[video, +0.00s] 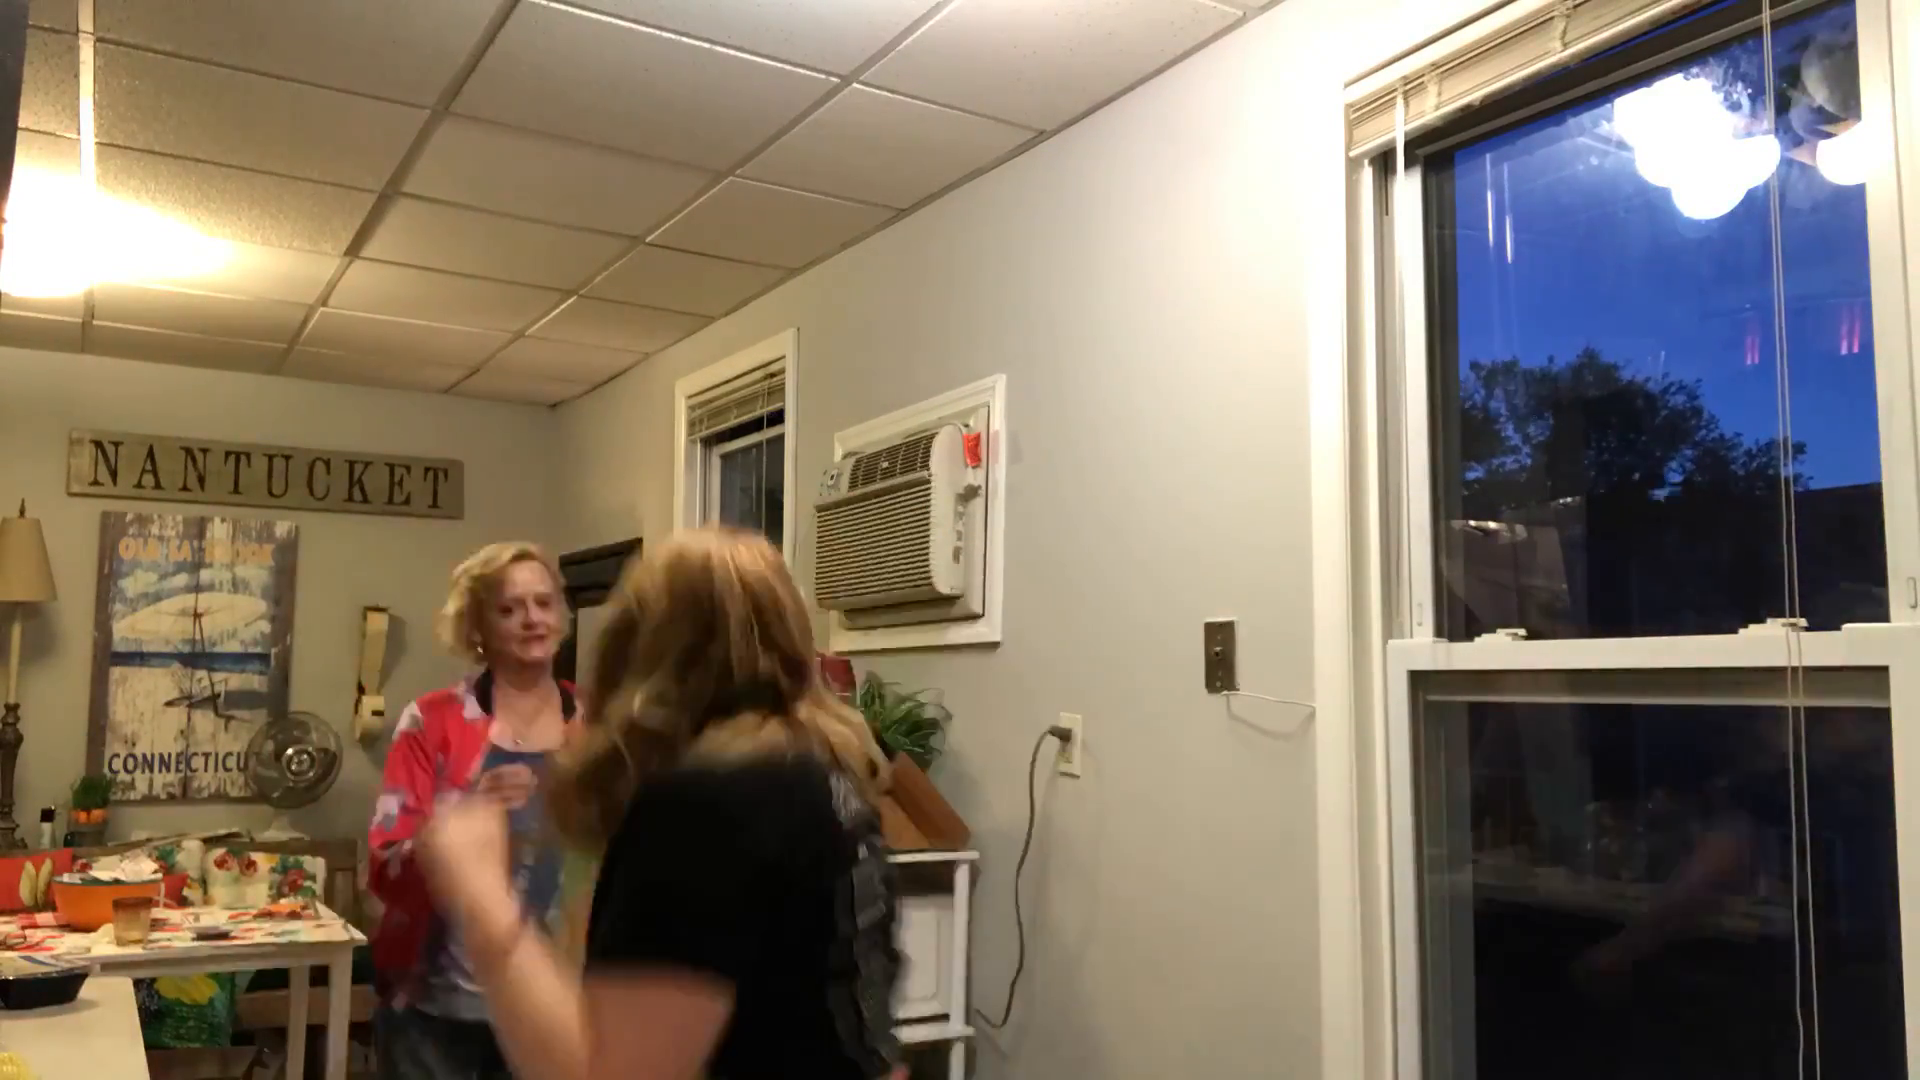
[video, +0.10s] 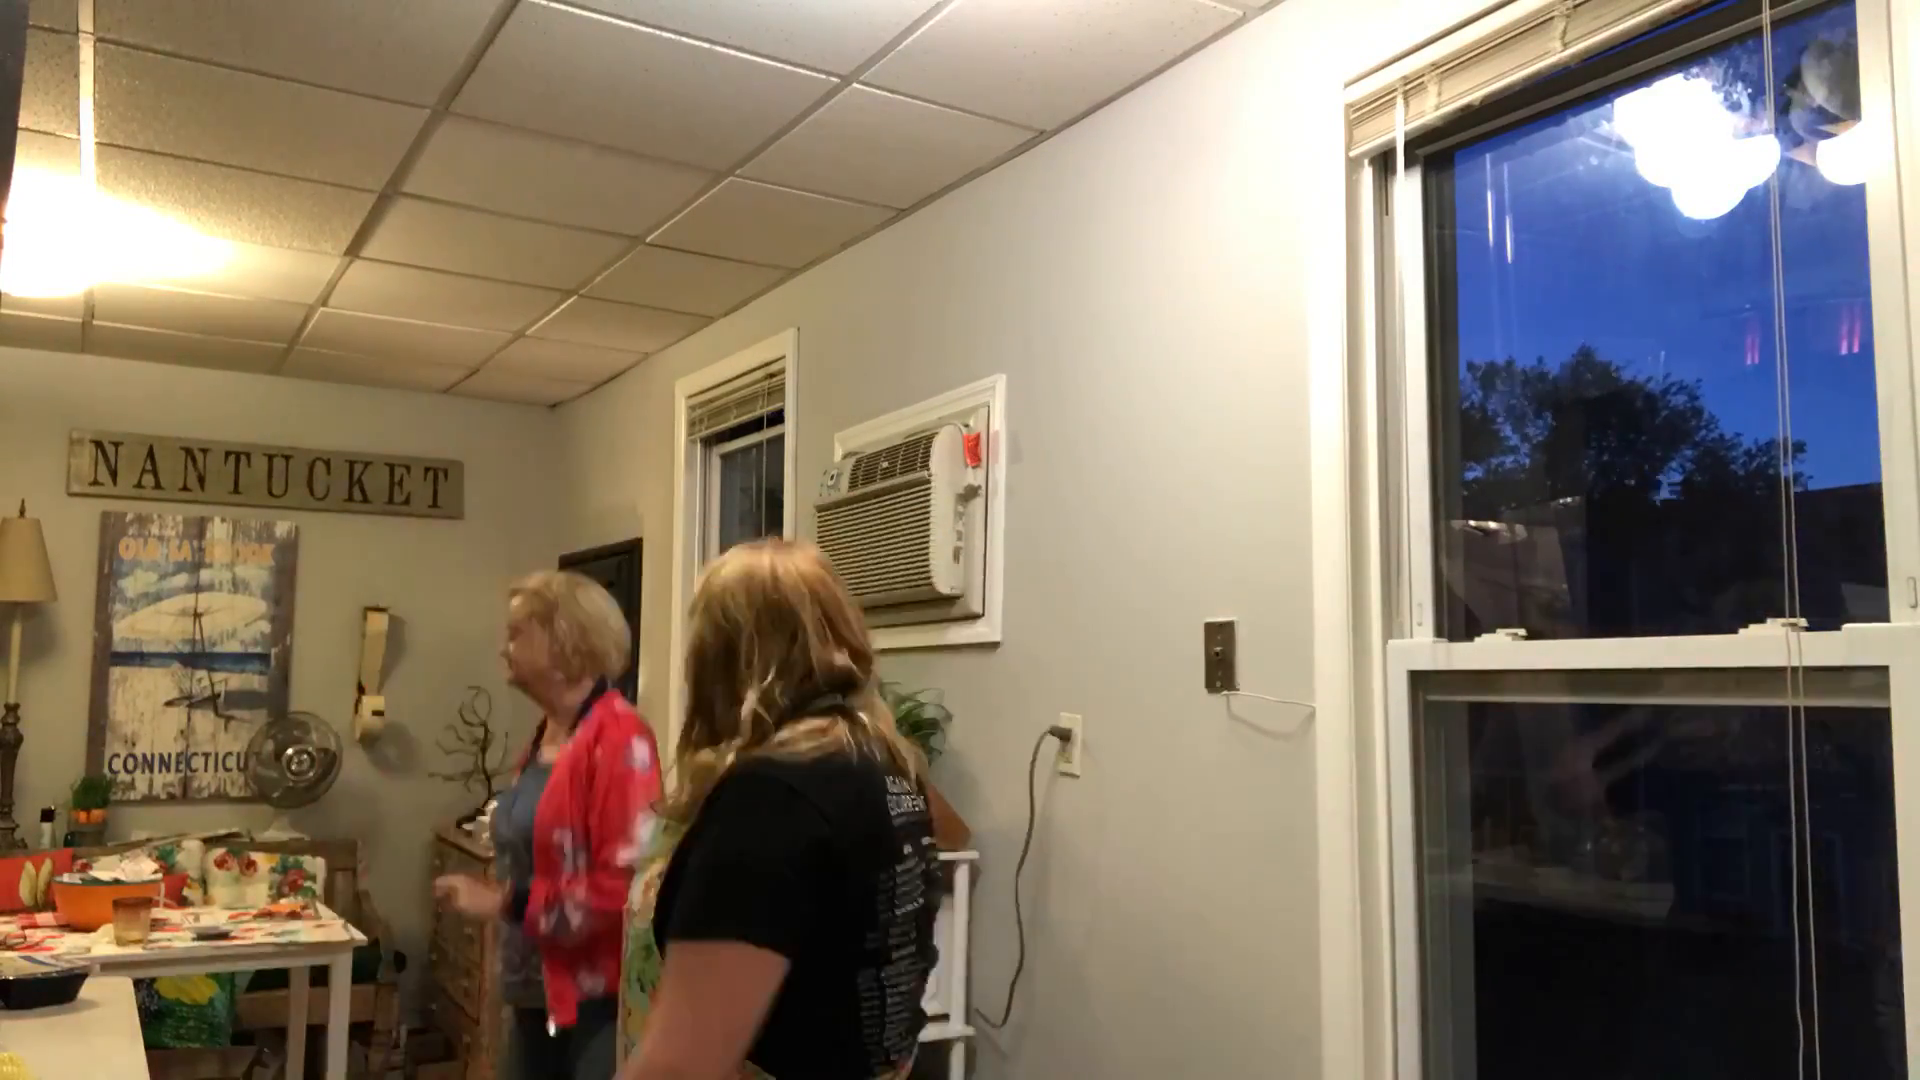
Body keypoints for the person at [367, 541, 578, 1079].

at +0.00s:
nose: (532, 620)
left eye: (544, 603)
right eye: (509, 608)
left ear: (563, 614)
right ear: (477, 626)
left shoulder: (596, 727)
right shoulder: (432, 721)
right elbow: (386, 866)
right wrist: (469, 811)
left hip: (560, 1003)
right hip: (440, 1001)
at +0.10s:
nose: (504, 650)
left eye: (516, 634)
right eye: (507, 635)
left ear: (565, 643)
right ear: (558, 645)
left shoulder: (619, 734)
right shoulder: (548, 733)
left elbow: (621, 887)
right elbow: (541, 860)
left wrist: (505, 900)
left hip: (593, 999)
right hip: (533, 993)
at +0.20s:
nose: (432, 632)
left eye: (446, 616)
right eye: (420, 622)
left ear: (484, 615)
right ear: (410, 633)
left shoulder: (545, 711)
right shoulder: (391, 713)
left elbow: (569, 840)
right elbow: (350, 827)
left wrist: (505, 941)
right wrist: (334, 916)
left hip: (502, 958)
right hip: (401, 961)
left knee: (513, 1073)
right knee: (413, 1075)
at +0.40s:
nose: (415, 620)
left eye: (429, 602)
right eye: (394, 610)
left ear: (453, 614)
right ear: (370, 629)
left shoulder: (507, 720)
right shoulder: (329, 727)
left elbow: (580, 808)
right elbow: (283, 865)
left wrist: (600, 900)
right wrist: (378, 910)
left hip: (480, 991)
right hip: (377, 997)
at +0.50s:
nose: (511, 614)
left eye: (531, 594)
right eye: (498, 602)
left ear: (585, 599)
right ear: (488, 621)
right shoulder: (478, 748)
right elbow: (409, 919)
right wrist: (451, 885)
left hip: (624, 1048)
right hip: (496, 1044)